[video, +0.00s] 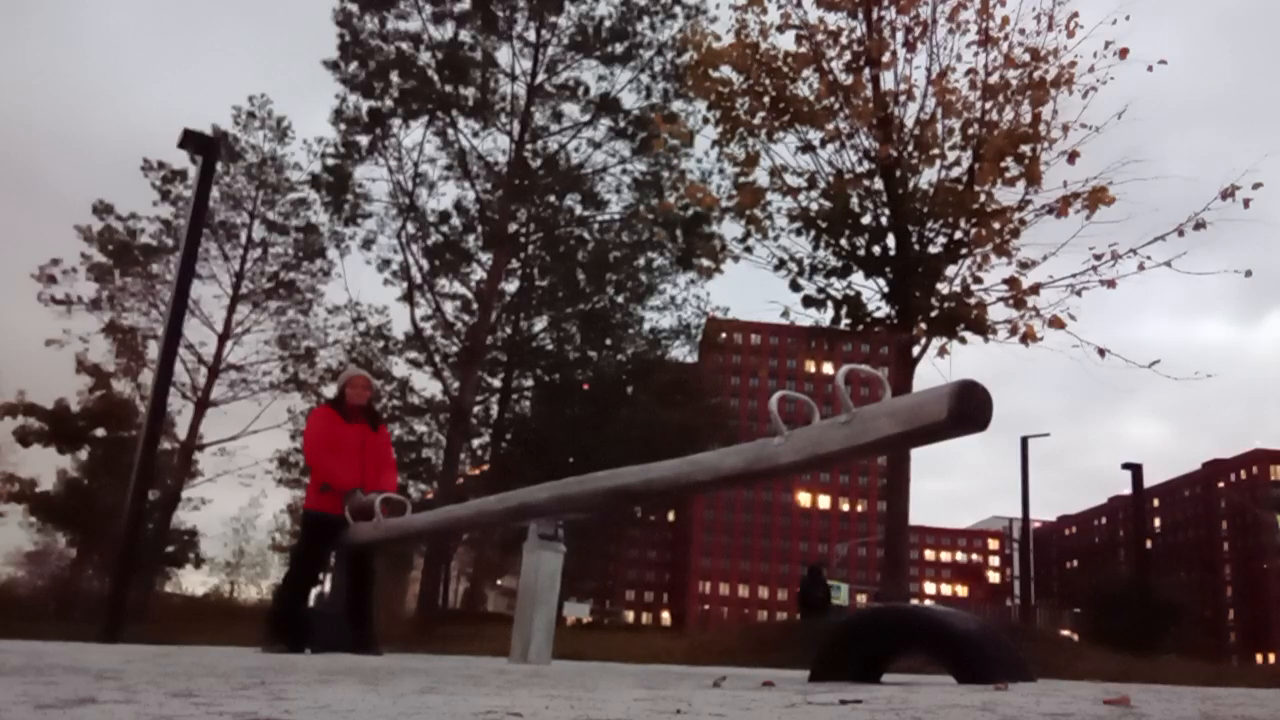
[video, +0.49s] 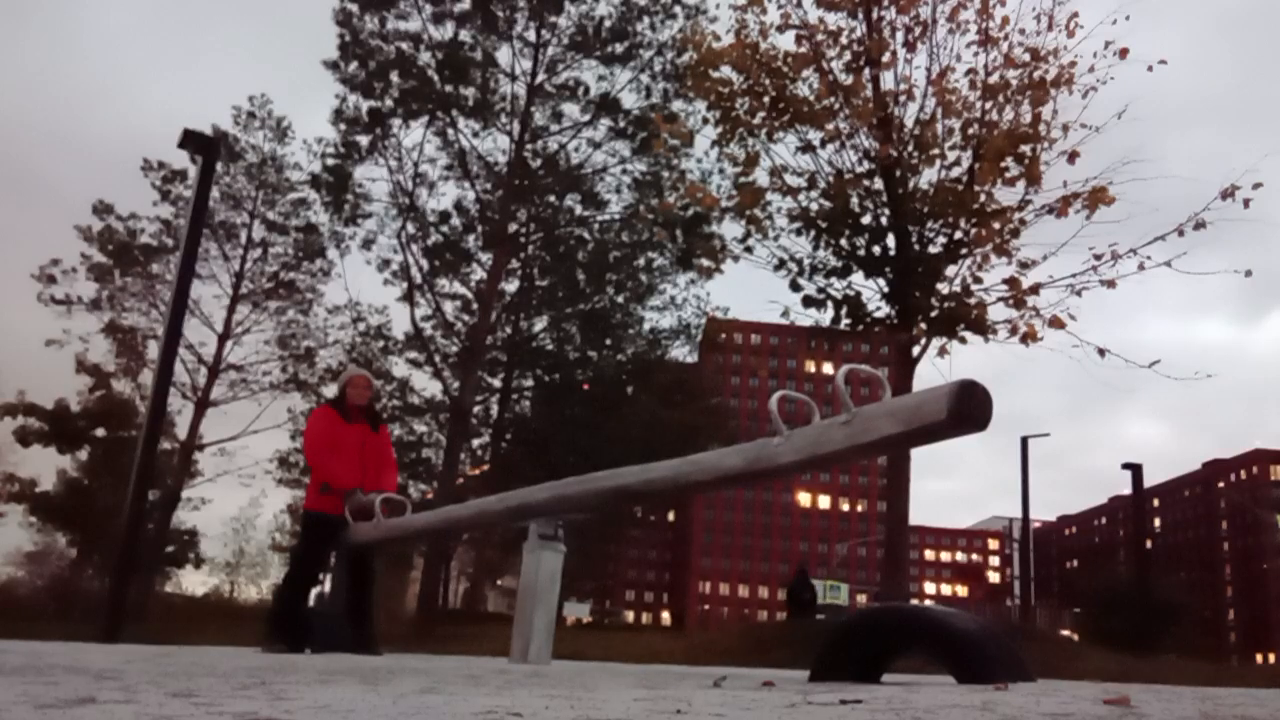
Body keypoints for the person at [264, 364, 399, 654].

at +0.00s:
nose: (361, 391)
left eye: (366, 387)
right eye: (355, 386)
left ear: (372, 393)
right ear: (343, 390)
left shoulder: (377, 428)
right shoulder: (323, 416)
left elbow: (387, 467)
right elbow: (316, 456)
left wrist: (385, 497)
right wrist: (347, 489)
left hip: (363, 515)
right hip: (324, 510)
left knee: (361, 579)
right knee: (304, 572)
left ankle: (362, 641)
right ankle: (281, 636)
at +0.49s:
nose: (362, 391)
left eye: (367, 387)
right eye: (356, 386)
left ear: (373, 393)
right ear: (344, 390)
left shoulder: (377, 427)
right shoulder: (324, 416)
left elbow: (388, 466)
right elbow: (316, 456)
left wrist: (384, 496)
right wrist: (346, 487)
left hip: (362, 514)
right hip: (323, 510)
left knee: (362, 578)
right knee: (305, 572)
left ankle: (362, 640)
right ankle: (282, 635)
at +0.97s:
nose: (364, 390)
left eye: (370, 386)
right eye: (359, 385)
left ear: (377, 393)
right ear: (347, 389)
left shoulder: (381, 429)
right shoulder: (326, 415)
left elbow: (390, 468)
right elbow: (315, 455)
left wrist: (384, 492)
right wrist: (345, 484)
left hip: (362, 515)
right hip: (323, 509)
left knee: (361, 578)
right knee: (304, 572)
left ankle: (361, 641)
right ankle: (282, 635)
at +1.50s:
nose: (379, 393)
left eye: (385, 388)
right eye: (373, 386)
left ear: (391, 394)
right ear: (362, 389)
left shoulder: (394, 431)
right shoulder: (340, 414)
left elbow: (399, 473)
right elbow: (322, 458)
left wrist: (386, 500)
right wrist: (347, 494)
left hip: (366, 518)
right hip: (327, 510)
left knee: (366, 580)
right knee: (309, 573)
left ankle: (362, 641)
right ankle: (284, 636)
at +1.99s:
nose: (382, 418)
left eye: (387, 413)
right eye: (376, 411)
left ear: (394, 419)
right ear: (365, 414)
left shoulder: (393, 452)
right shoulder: (341, 438)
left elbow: (395, 495)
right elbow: (322, 481)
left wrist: (382, 525)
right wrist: (343, 520)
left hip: (366, 530)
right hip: (326, 525)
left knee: (372, 586)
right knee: (323, 578)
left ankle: (362, 646)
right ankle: (285, 636)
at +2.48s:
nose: (375, 387)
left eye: (381, 382)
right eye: (370, 381)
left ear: (388, 388)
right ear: (358, 384)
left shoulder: (389, 424)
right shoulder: (336, 410)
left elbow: (394, 466)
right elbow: (319, 454)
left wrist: (378, 496)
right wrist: (345, 491)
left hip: (362, 515)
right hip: (323, 508)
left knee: (365, 580)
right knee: (305, 572)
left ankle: (363, 642)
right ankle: (282, 637)